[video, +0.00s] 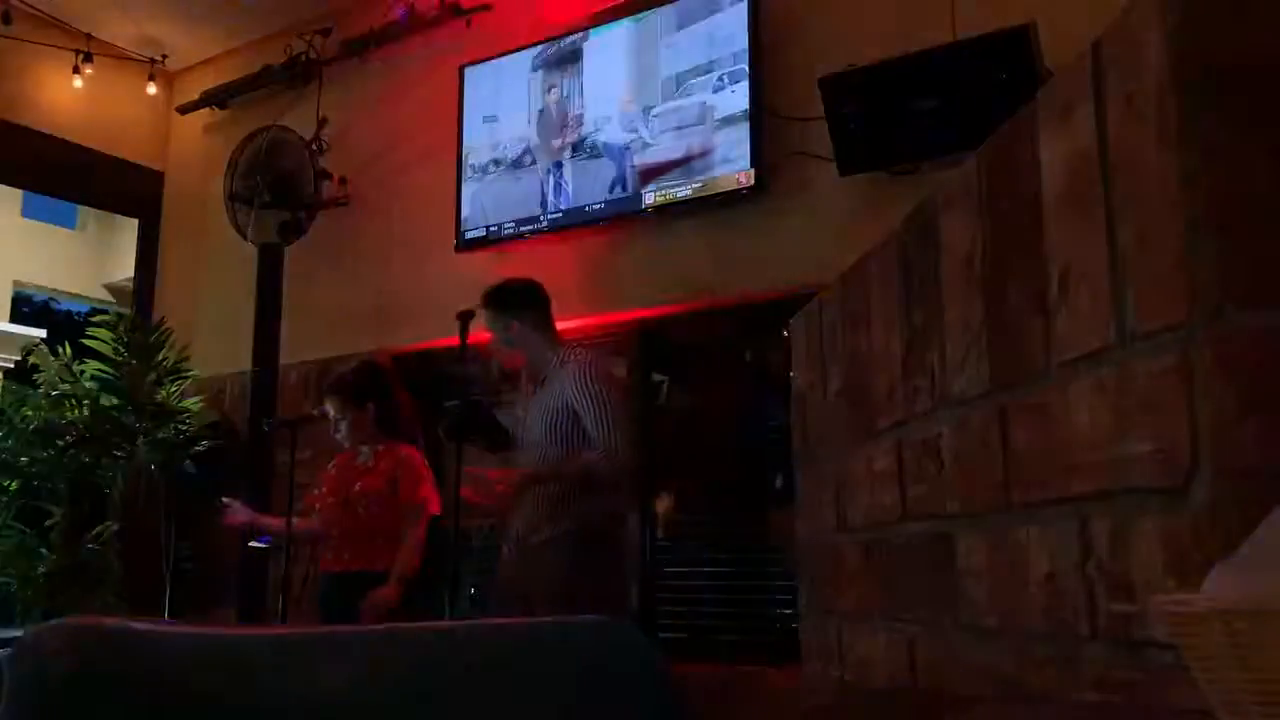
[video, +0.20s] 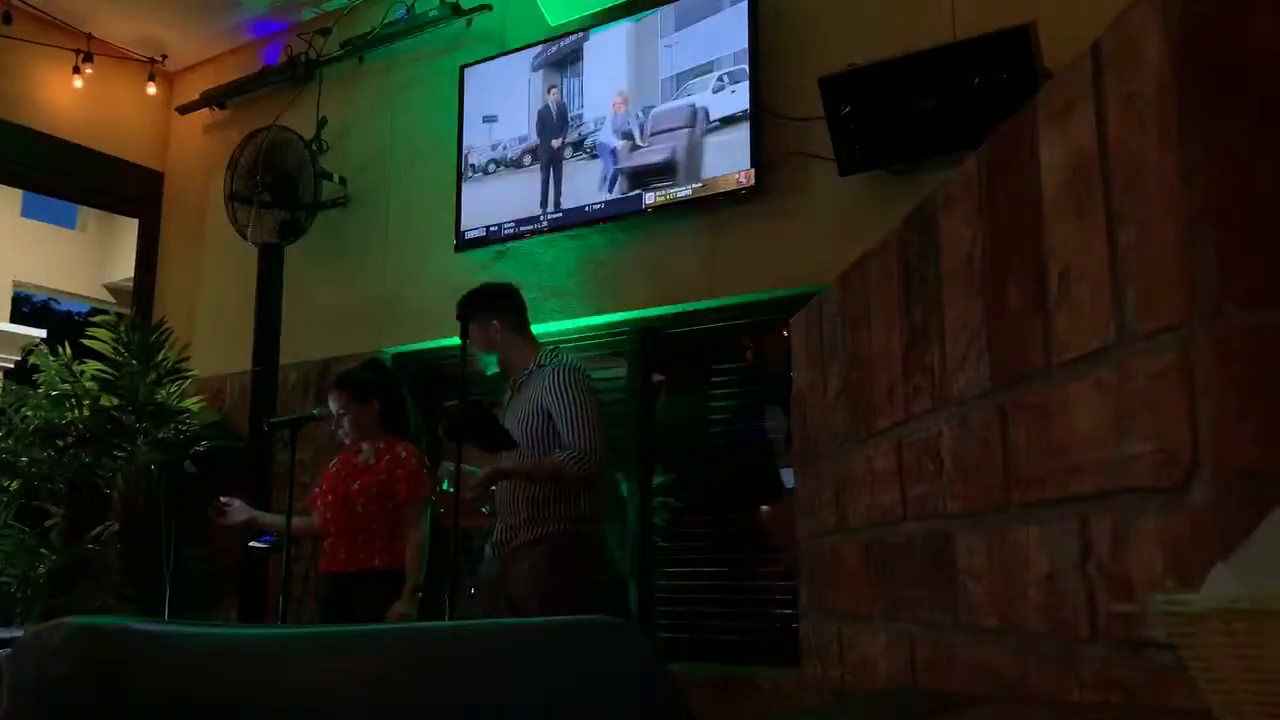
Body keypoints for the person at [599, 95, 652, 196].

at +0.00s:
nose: (629, 106)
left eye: (631, 103)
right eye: (626, 103)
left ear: (633, 103)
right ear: (621, 104)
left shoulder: (635, 114)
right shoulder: (617, 114)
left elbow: (640, 127)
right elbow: (614, 134)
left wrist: (647, 139)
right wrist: (630, 137)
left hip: (624, 144)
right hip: (611, 143)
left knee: (625, 168)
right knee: (621, 168)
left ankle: (625, 191)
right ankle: (610, 192)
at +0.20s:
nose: (619, 106)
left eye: (622, 103)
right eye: (617, 104)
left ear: (626, 104)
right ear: (614, 105)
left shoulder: (628, 115)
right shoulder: (611, 116)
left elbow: (634, 126)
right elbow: (607, 133)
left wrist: (638, 141)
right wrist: (616, 142)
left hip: (614, 144)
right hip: (604, 143)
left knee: (615, 168)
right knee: (609, 165)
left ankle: (609, 193)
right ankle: (602, 190)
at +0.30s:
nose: (616, 106)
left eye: (619, 104)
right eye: (614, 104)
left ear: (624, 104)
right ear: (611, 105)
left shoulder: (628, 116)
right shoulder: (609, 116)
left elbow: (632, 129)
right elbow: (605, 133)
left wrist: (634, 142)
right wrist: (612, 144)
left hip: (615, 145)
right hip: (602, 143)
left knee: (616, 168)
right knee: (600, 169)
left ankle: (610, 192)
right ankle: (592, 189)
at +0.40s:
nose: (612, 108)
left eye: (615, 105)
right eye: (610, 105)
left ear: (620, 105)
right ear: (607, 106)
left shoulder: (622, 117)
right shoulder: (605, 117)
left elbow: (627, 130)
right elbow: (600, 134)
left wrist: (629, 143)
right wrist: (608, 145)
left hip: (612, 146)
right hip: (599, 144)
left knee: (613, 168)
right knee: (591, 171)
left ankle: (612, 191)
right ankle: (582, 195)